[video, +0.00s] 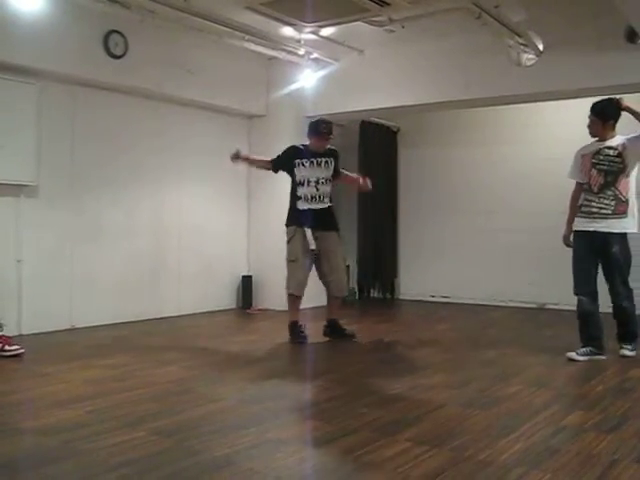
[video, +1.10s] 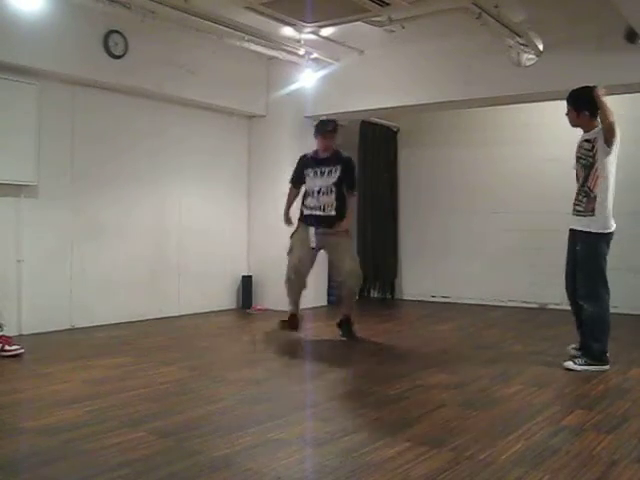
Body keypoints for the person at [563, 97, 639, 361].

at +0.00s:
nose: (588, 124)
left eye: (592, 120)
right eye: (589, 119)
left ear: (607, 122)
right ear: (603, 122)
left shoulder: (627, 148)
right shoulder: (584, 152)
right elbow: (578, 191)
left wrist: (628, 108)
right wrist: (569, 227)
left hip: (614, 232)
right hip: (583, 231)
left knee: (619, 289)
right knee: (585, 292)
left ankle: (629, 340)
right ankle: (592, 345)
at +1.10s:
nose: (568, 117)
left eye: (570, 112)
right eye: (568, 112)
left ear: (582, 112)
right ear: (586, 113)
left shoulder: (604, 139)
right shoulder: (586, 139)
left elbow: (609, 125)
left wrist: (600, 98)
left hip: (595, 228)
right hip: (579, 225)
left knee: (592, 291)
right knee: (575, 288)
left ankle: (597, 355)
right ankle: (587, 345)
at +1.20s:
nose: (568, 120)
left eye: (569, 114)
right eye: (567, 114)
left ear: (582, 113)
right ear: (584, 113)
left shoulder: (602, 140)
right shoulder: (587, 139)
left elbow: (602, 123)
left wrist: (597, 98)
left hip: (593, 228)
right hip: (580, 226)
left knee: (590, 290)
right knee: (579, 288)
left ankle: (596, 355)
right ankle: (588, 346)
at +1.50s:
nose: (564, 126)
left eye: (566, 120)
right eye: (564, 120)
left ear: (577, 118)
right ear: (576, 119)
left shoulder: (595, 143)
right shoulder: (587, 145)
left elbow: (582, 126)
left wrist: (589, 106)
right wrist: (588, 106)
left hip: (587, 229)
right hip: (582, 228)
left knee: (581, 292)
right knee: (587, 290)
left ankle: (594, 354)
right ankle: (589, 347)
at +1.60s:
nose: (562, 124)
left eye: (564, 119)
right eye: (562, 119)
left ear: (576, 118)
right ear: (576, 119)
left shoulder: (591, 142)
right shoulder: (587, 145)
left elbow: (581, 122)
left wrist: (588, 105)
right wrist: (587, 104)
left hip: (583, 228)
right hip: (589, 227)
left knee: (566, 285)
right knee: (590, 287)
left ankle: (588, 347)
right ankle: (594, 345)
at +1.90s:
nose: (552, 129)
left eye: (553, 123)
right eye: (551, 124)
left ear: (563, 120)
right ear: (568, 122)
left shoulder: (577, 143)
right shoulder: (585, 146)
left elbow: (565, 121)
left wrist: (574, 105)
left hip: (570, 226)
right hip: (588, 228)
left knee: (542, 281)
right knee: (587, 290)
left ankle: (543, 341)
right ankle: (595, 345)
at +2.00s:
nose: (546, 129)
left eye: (548, 124)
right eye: (546, 124)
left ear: (559, 121)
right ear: (566, 122)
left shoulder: (571, 144)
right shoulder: (579, 146)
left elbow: (556, 123)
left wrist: (567, 108)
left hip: (564, 228)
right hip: (581, 229)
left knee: (540, 283)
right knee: (583, 290)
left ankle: (529, 336)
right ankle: (595, 344)